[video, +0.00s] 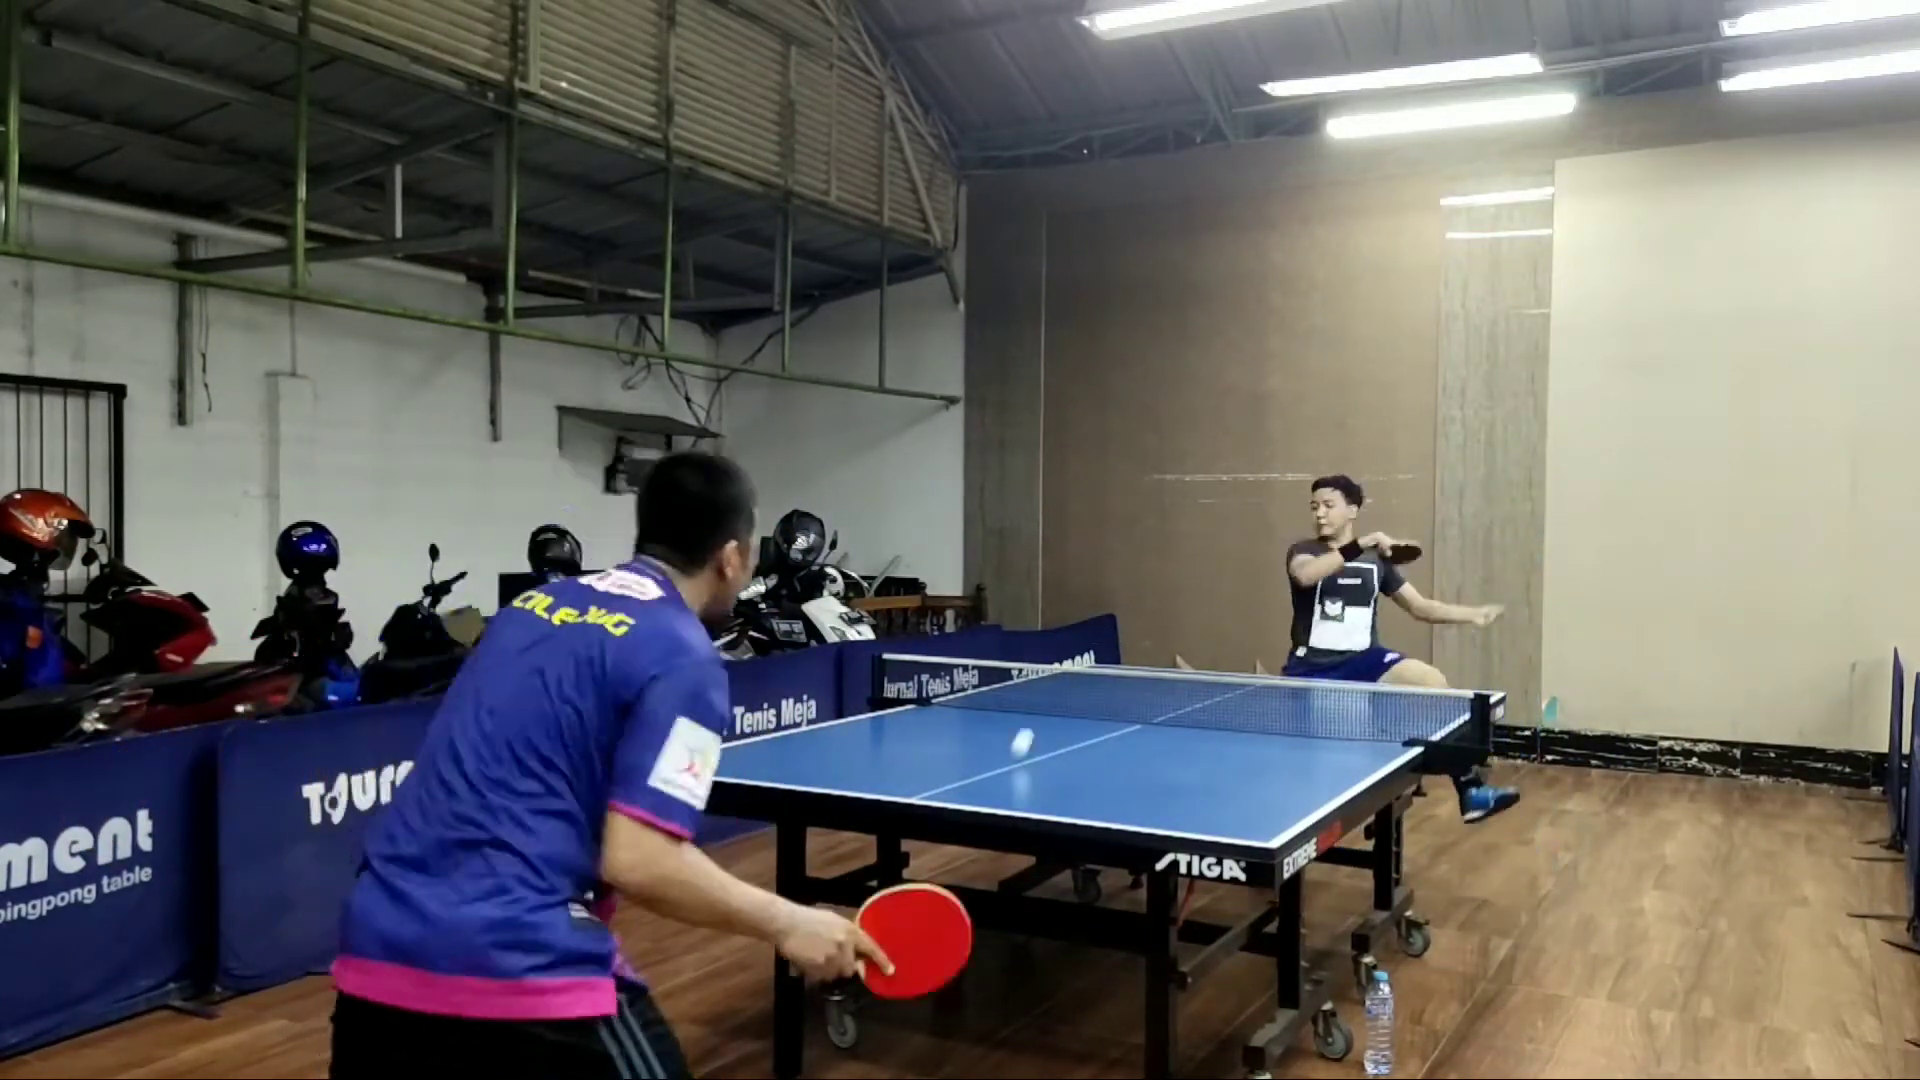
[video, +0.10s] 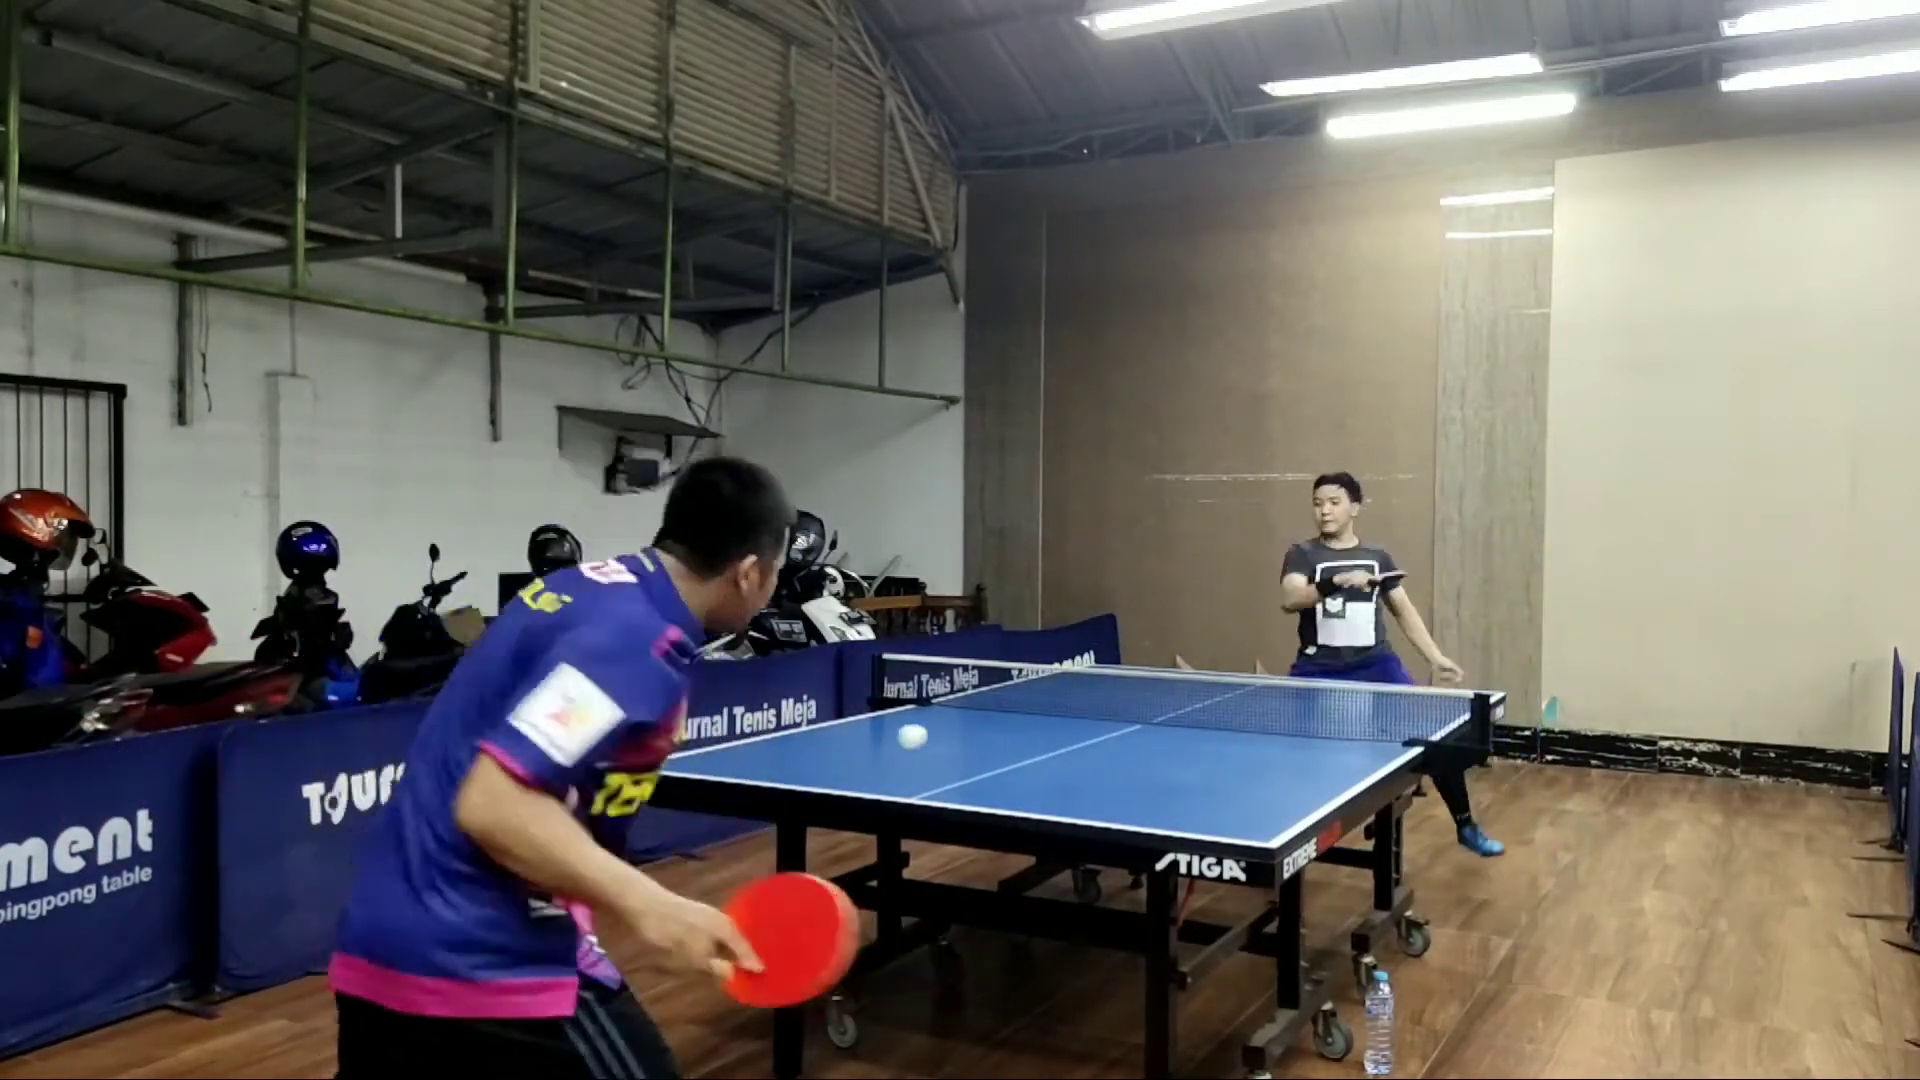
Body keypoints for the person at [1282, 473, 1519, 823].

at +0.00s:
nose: (1318, 513)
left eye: (1327, 505)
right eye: (1314, 506)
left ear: (1353, 510)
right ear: (1311, 511)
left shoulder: (1375, 562)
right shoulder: (1303, 551)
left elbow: (1420, 607)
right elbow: (1303, 575)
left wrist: (1473, 615)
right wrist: (1360, 546)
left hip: (1362, 659)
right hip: (1308, 664)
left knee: (1432, 682)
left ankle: (1471, 791)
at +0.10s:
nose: (1325, 510)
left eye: (1334, 502)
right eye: (1319, 504)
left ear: (1354, 508)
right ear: (1313, 510)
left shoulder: (1376, 558)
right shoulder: (1302, 554)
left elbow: (1404, 610)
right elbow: (1289, 599)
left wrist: (1436, 659)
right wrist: (1336, 582)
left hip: (1376, 668)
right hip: (1316, 671)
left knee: (1430, 730)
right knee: (1288, 742)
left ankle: (1465, 823)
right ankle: (1282, 835)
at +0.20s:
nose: (1330, 506)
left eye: (1339, 497)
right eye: (1323, 499)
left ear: (1360, 503)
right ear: (1317, 507)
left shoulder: (1387, 548)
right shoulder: (1309, 557)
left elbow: (1418, 601)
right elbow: (1289, 613)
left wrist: (1416, 656)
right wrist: (1313, 611)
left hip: (1390, 669)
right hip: (1335, 670)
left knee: (1427, 751)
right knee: (1298, 739)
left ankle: (1459, 840)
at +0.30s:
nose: (1333, 503)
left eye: (1342, 495)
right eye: (1326, 497)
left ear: (1363, 501)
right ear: (1320, 506)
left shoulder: (1387, 540)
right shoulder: (1321, 556)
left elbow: (1423, 590)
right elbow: (1312, 607)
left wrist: (1394, 638)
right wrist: (1303, 624)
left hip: (1407, 659)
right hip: (1354, 658)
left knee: (1437, 743)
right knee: (1312, 716)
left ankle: (1464, 840)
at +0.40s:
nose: (1331, 506)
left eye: (1340, 497)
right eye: (1325, 500)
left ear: (1362, 502)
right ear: (1319, 508)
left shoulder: (1383, 544)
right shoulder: (1330, 559)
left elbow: (1411, 593)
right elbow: (1330, 614)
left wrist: (1370, 628)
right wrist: (1300, 642)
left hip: (1413, 662)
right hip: (1363, 663)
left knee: (1433, 745)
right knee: (1318, 723)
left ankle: (1465, 840)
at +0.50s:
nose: (1330, 514)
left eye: (1339, 505)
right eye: (1323, 507)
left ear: (1361, 508)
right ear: (1319, 514)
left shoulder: (1380, 549)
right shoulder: (1340, 564)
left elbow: (1391, 600)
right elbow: (1352, 624)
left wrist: (1340, 616)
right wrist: (1307, 657)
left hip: (1415, 662)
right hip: (1371, 663)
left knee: (1434, 751)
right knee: (1335, 731)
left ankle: (1487, 840)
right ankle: (1381, 808)